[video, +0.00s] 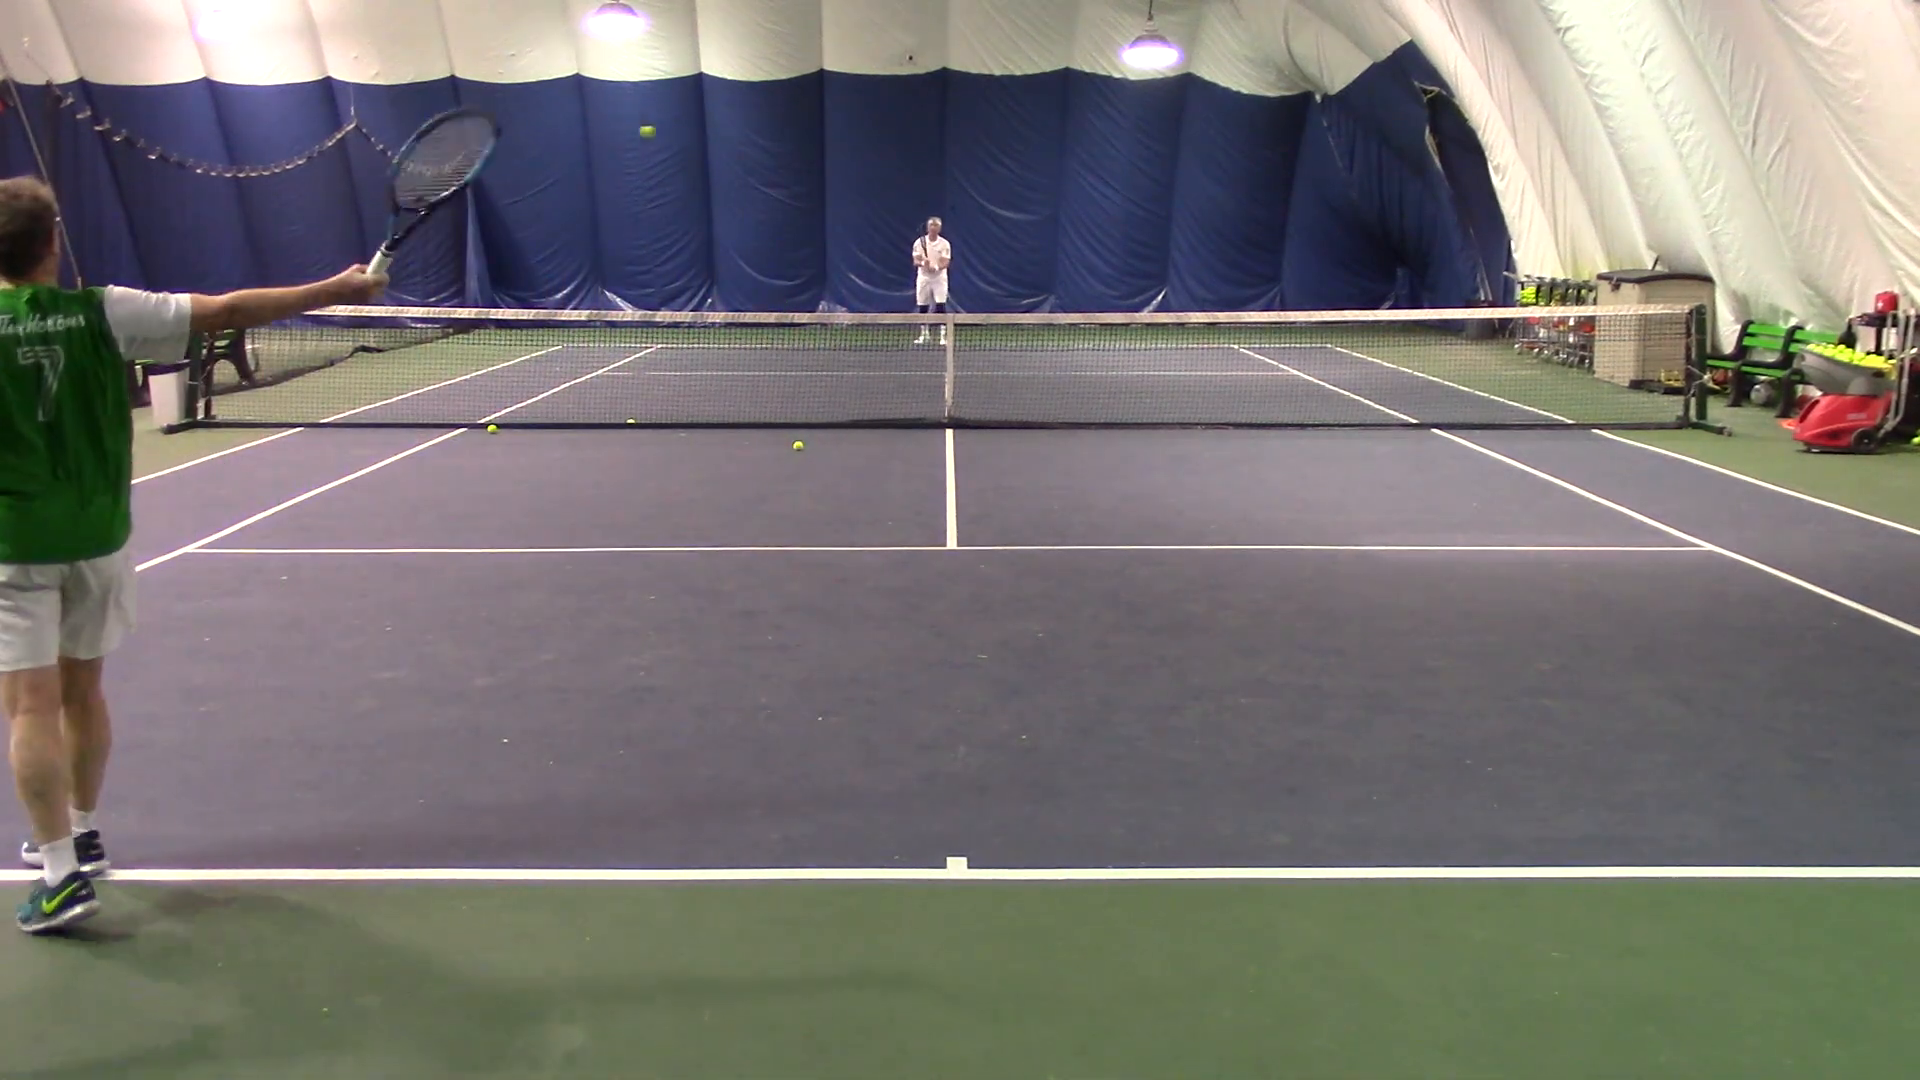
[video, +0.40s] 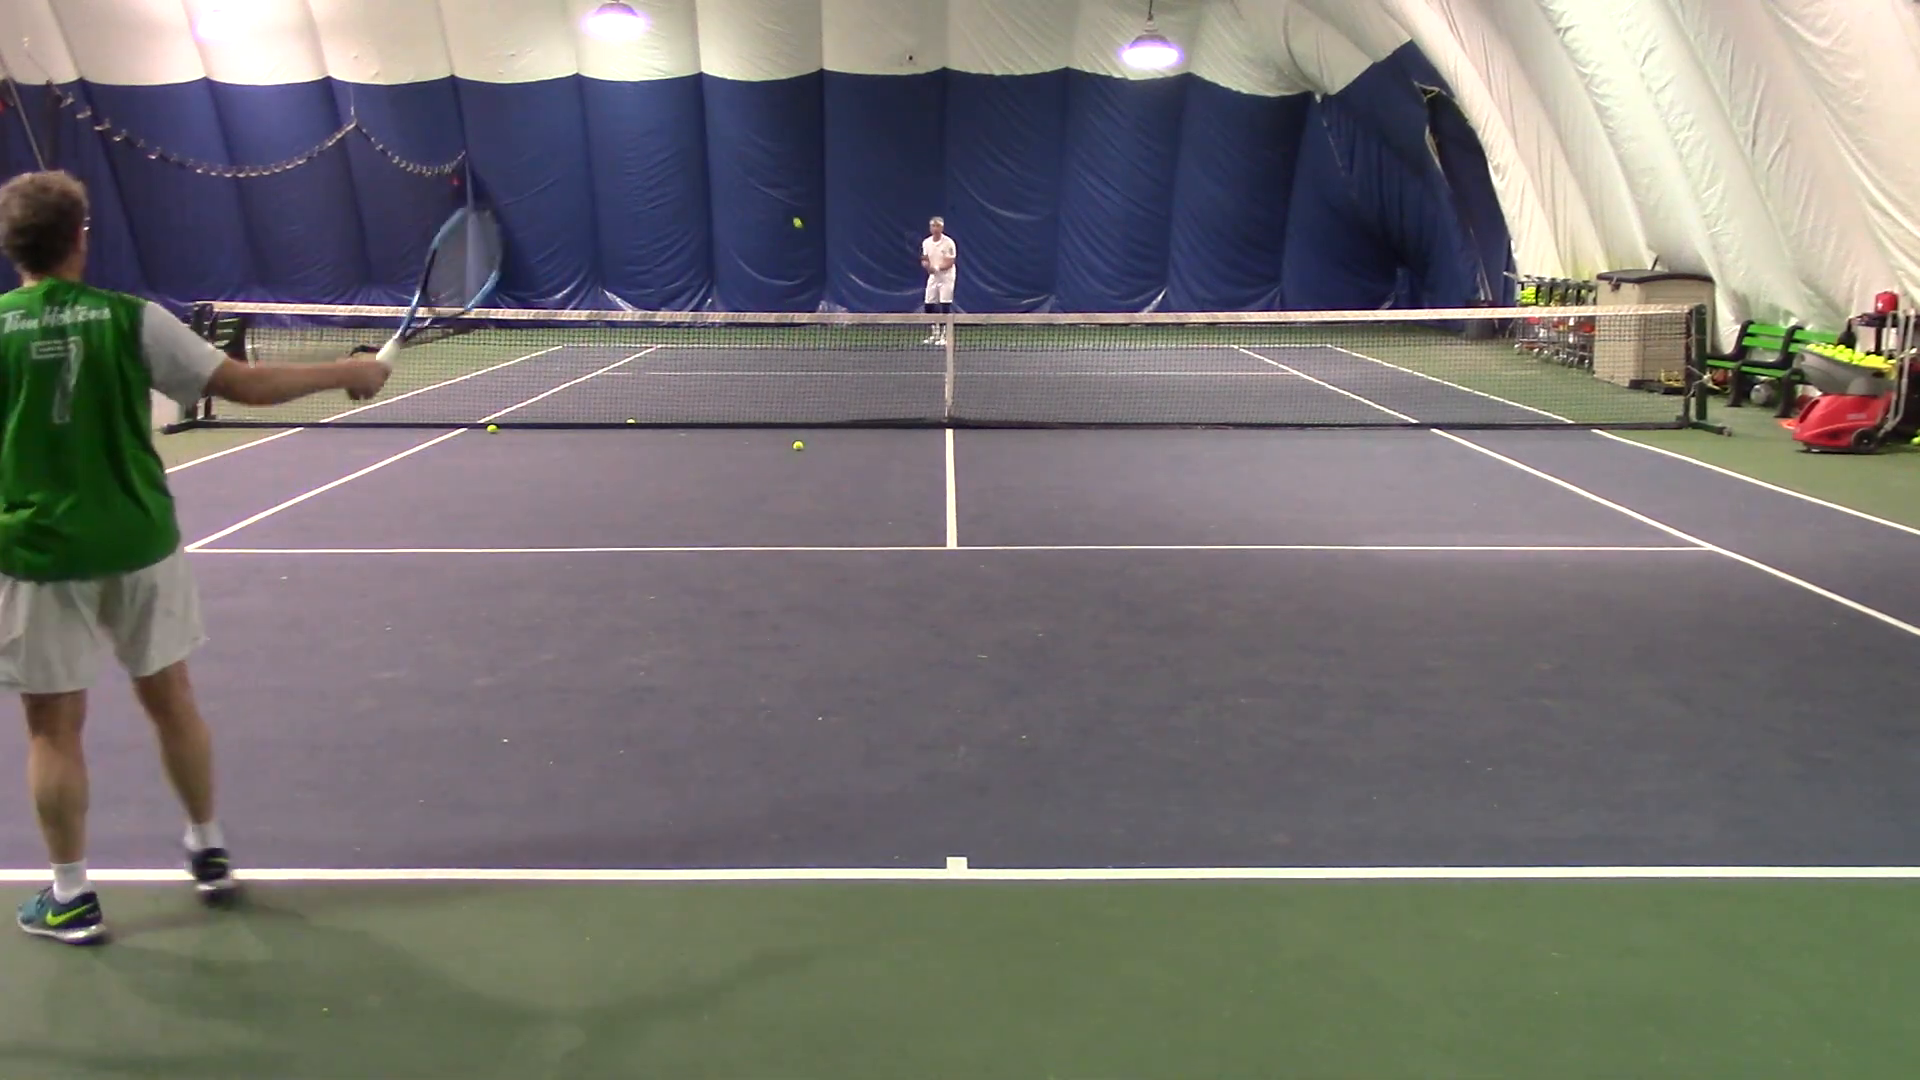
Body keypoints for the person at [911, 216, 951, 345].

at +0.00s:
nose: (933, 229)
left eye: (936, 226)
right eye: (931, 226)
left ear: (940, 228)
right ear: (928, 227)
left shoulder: (945, 244)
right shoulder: (919, 242)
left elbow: (946, 260)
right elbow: (916, 260)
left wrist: (938, 266)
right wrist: (924, 263)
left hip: (939, 277)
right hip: (924, 277)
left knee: (940, 305)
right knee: (923, 305)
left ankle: (943, 333)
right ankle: (924, 332)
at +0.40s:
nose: (935, 229)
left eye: (938, 226)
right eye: (933, 226)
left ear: (942, 227)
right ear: (930, 228)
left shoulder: (949, 242)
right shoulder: (926, 243)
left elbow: (951, 260)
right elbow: (924, 259)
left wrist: (940, 267)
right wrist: (928, 266)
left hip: (946, 276)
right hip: (933, 275)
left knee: (945, 304)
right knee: (929, 304)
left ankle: (944, 334)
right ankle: (935, 332)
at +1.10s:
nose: (945, 232)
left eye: (948, 230)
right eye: (943, 230)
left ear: (953, 230)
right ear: (941, 230)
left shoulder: (952, 245)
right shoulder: (950, 242)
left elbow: (938, 258)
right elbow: (940, 256)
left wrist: (927, 261)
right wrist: (927, 260)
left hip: (957, 279)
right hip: (952, 278)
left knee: (955, 307)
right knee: (948, 306)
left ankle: (967, 336)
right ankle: (953, 334)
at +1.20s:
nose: (947, 232)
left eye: (950, 230)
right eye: (946, 229)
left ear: (956, 231)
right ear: (945, 229)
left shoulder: (956, 246)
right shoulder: (950, 242)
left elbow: (942, 258)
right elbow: (944, 256)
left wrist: (930, 263)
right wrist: (932, 261)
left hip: (961, 280)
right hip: (952, 279)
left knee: (960, 307)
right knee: (949, 306)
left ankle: (968, 336)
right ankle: (953, 334)